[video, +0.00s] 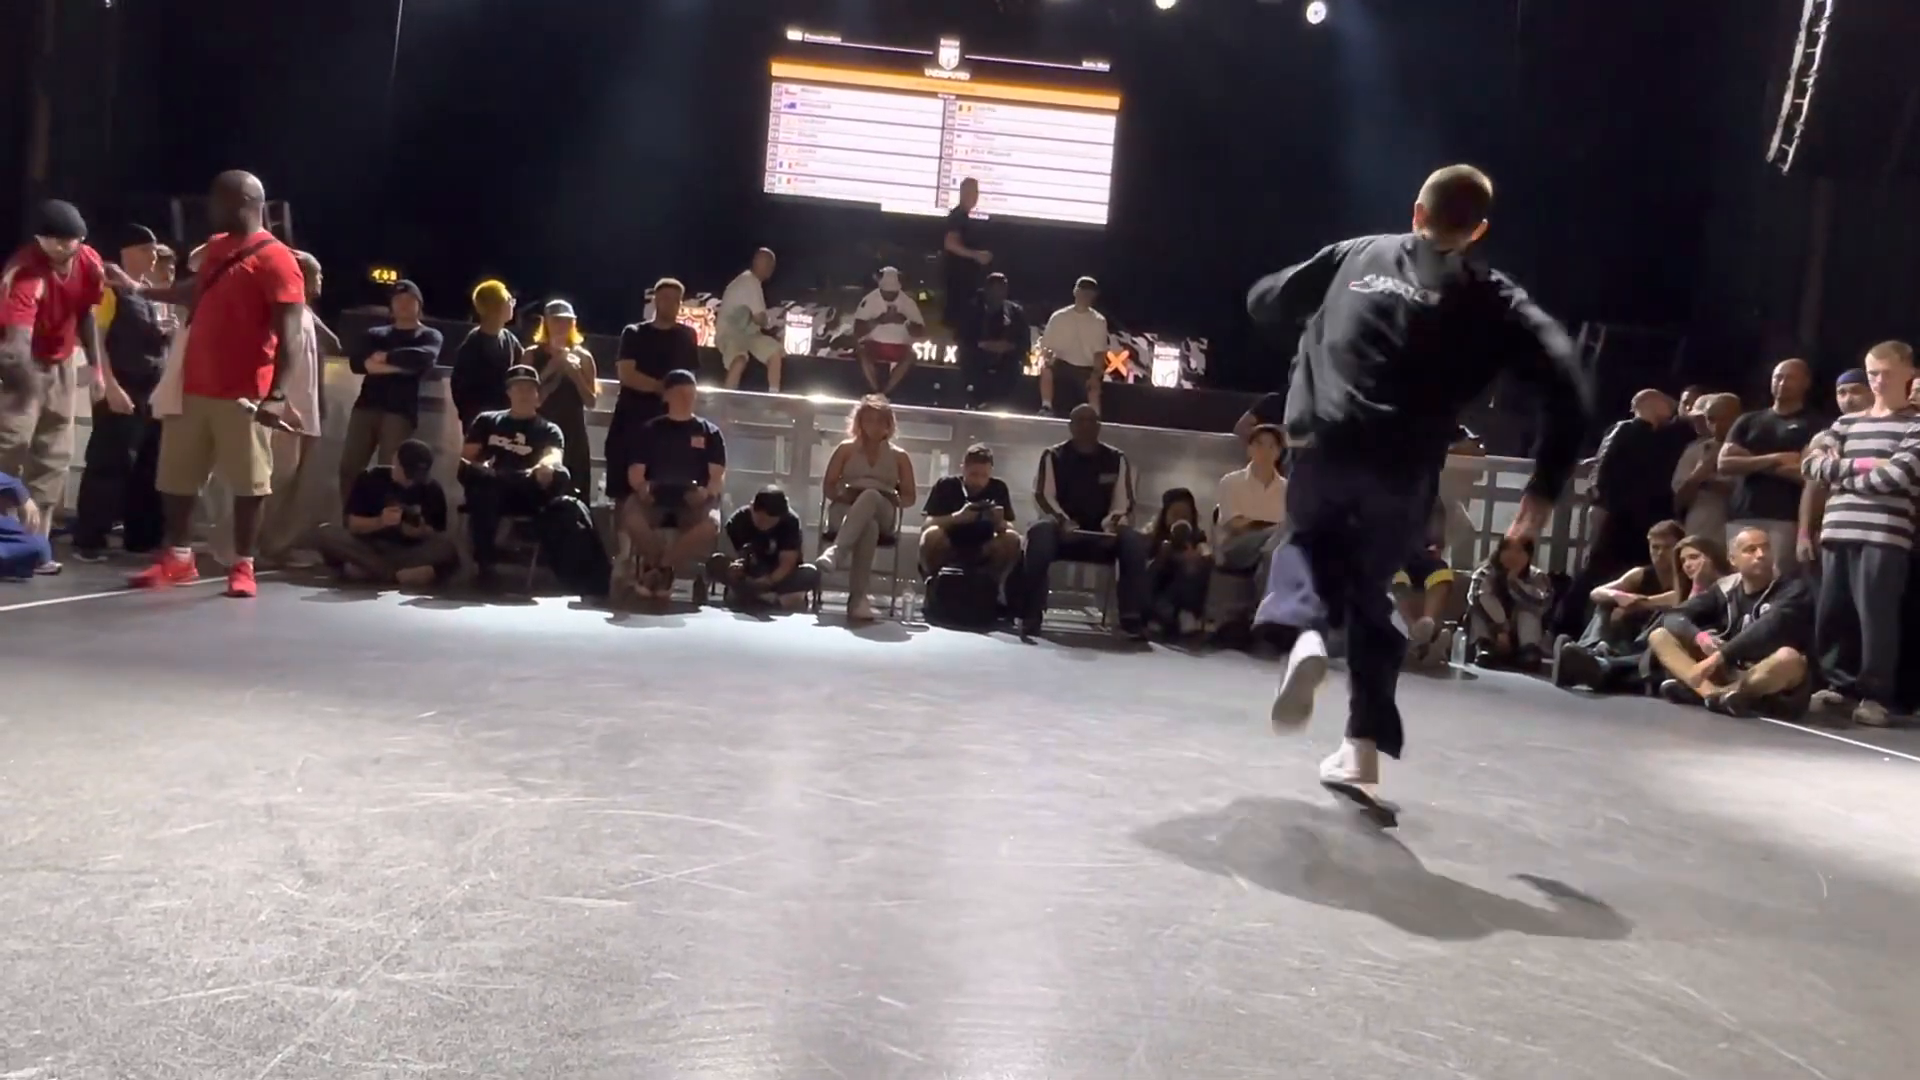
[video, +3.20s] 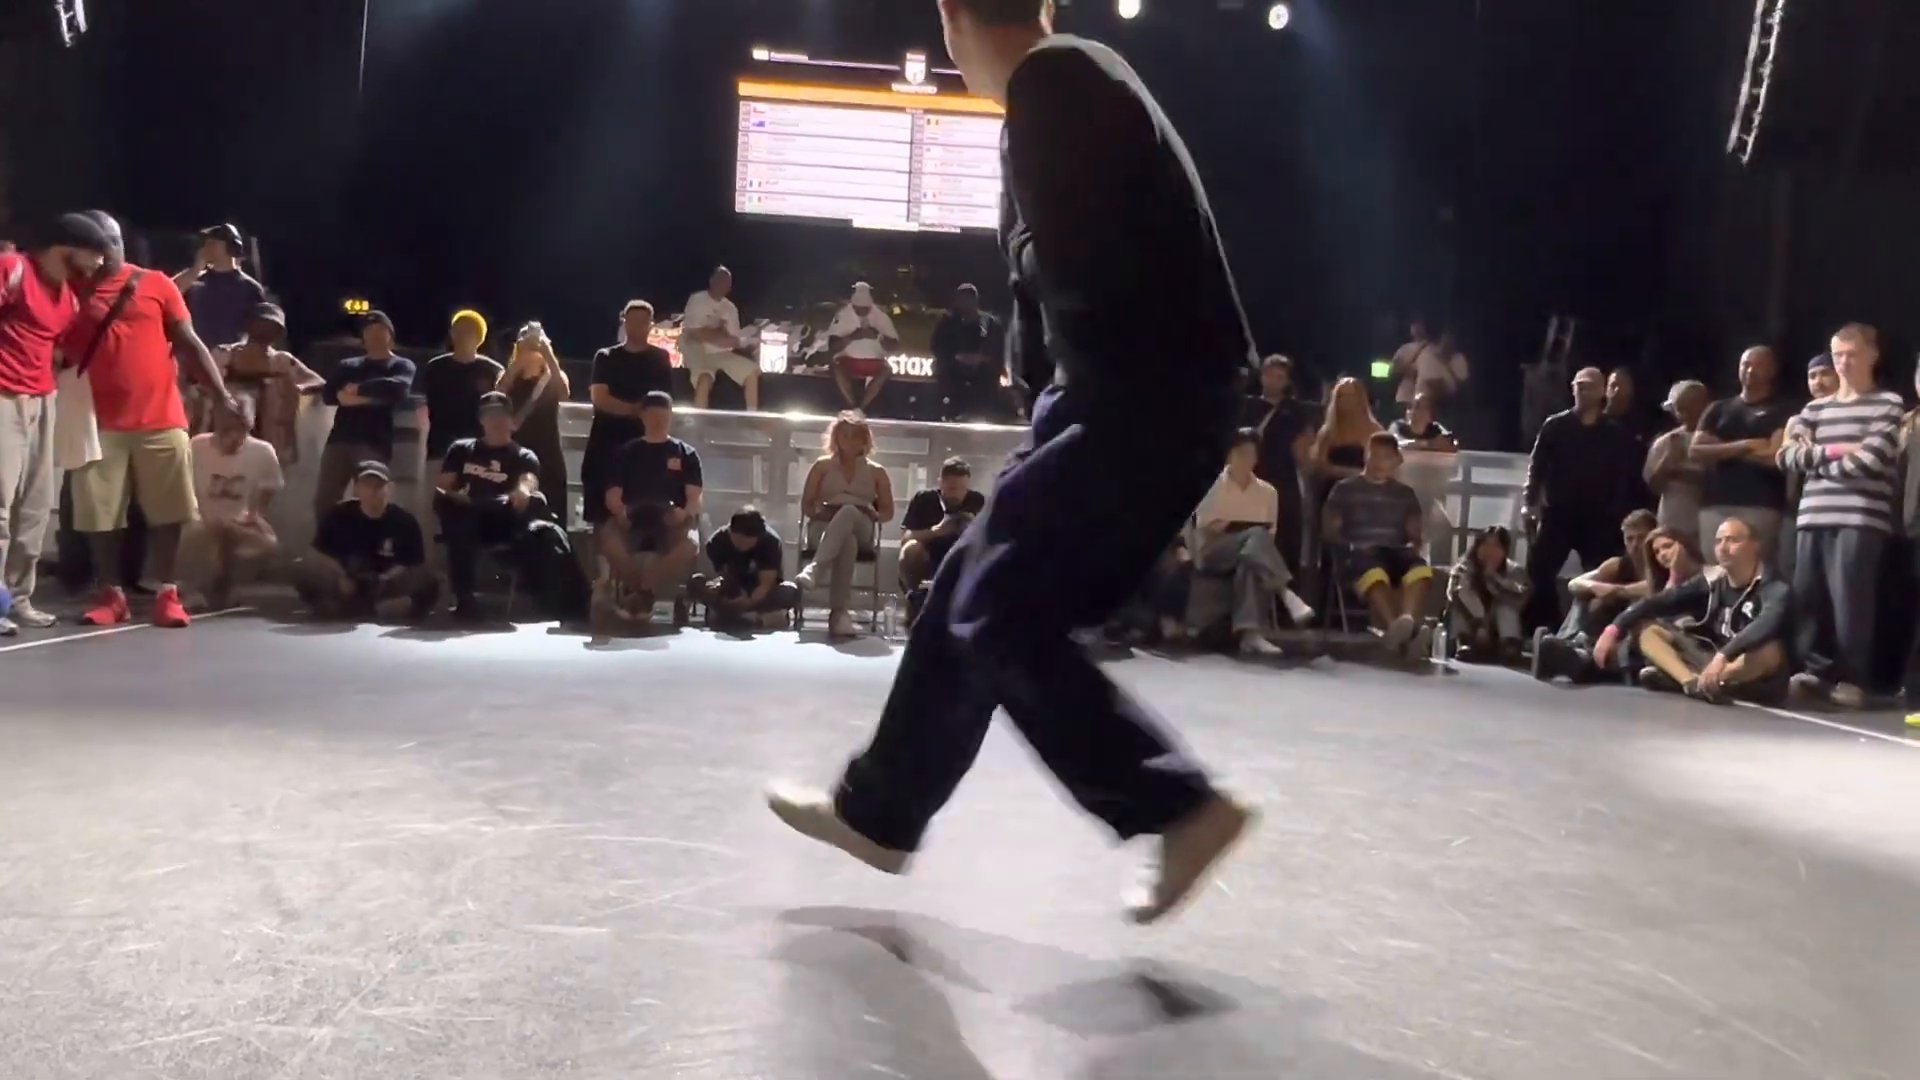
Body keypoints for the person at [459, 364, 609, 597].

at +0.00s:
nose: (525, 394)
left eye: (530, 389)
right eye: (519, 388)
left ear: (538, 395)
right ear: (508, 392)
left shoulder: (549, 430)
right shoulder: (487, 421)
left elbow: (553, 457)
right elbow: (465, 462)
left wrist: (545, 467)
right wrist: (482, 469)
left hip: (530, 488)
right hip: (493, 486)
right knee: (480, 484)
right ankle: (484, 565)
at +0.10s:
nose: (525, 394)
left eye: (530, 389)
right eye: (520, 389)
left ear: (538, 395)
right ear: (508, 392)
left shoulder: (549, 429)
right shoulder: (487, 421)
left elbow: (553, 456)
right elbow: (465, 461)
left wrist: (546, 466)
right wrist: (482, 469)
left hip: (529, 487)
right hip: (493, 485)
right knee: (479, 483)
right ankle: (484, 565)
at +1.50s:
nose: (523, 394)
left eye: (528, 389)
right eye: (518, 388)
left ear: (537, 395)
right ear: (507, 391)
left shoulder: (548, 430)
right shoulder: (486, 421)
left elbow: (553, 458)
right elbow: (466, 461)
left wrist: (548, 467)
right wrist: (488, 471)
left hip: (530, 490)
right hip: (493, 487)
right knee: (482, 492)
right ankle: (485, 568)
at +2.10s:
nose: (518, 400)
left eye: (523, 395)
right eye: (513, 394)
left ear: (531, 400)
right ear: (502, 398)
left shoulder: (543, 436)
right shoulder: (481, 428)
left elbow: (546, 467)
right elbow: (460, 468)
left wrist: (543, 472)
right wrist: (478, 477)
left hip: (524, 494)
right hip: (489, 493)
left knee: (552, 484)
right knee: (474, 495)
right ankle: (479, 576)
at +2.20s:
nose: (516, 401)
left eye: (521, 396)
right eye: (511, 395)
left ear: (529, 401)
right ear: (500, 399)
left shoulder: (541, 437)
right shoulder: (479, 428)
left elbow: (543, 472)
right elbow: (458, 469)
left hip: (522, 495)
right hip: (486, 494)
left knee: (550, 485)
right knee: (472, 495)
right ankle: (477, 577)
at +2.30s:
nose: (514, 401)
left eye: (518, 396)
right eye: (508, 395)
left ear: (527, 402)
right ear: (498, 400)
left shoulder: (540, 438)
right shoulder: (477, 429)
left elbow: (543, 466)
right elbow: (457, 471)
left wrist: (538, 474)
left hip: (521, 495)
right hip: (486, 494)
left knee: (550, 486)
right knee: (469, 496)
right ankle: (475, 577)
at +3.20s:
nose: (498, 423)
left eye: (502, 417)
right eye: (492, 417)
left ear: (512, 421)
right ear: (482, 421)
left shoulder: (524, 457)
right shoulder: (461, 449)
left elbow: (529, 482)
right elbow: (442, 488)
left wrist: (522, 492)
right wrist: (458, 496)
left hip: (506, 514)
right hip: (470, 512)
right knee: (457, 518)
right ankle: (464, 597)